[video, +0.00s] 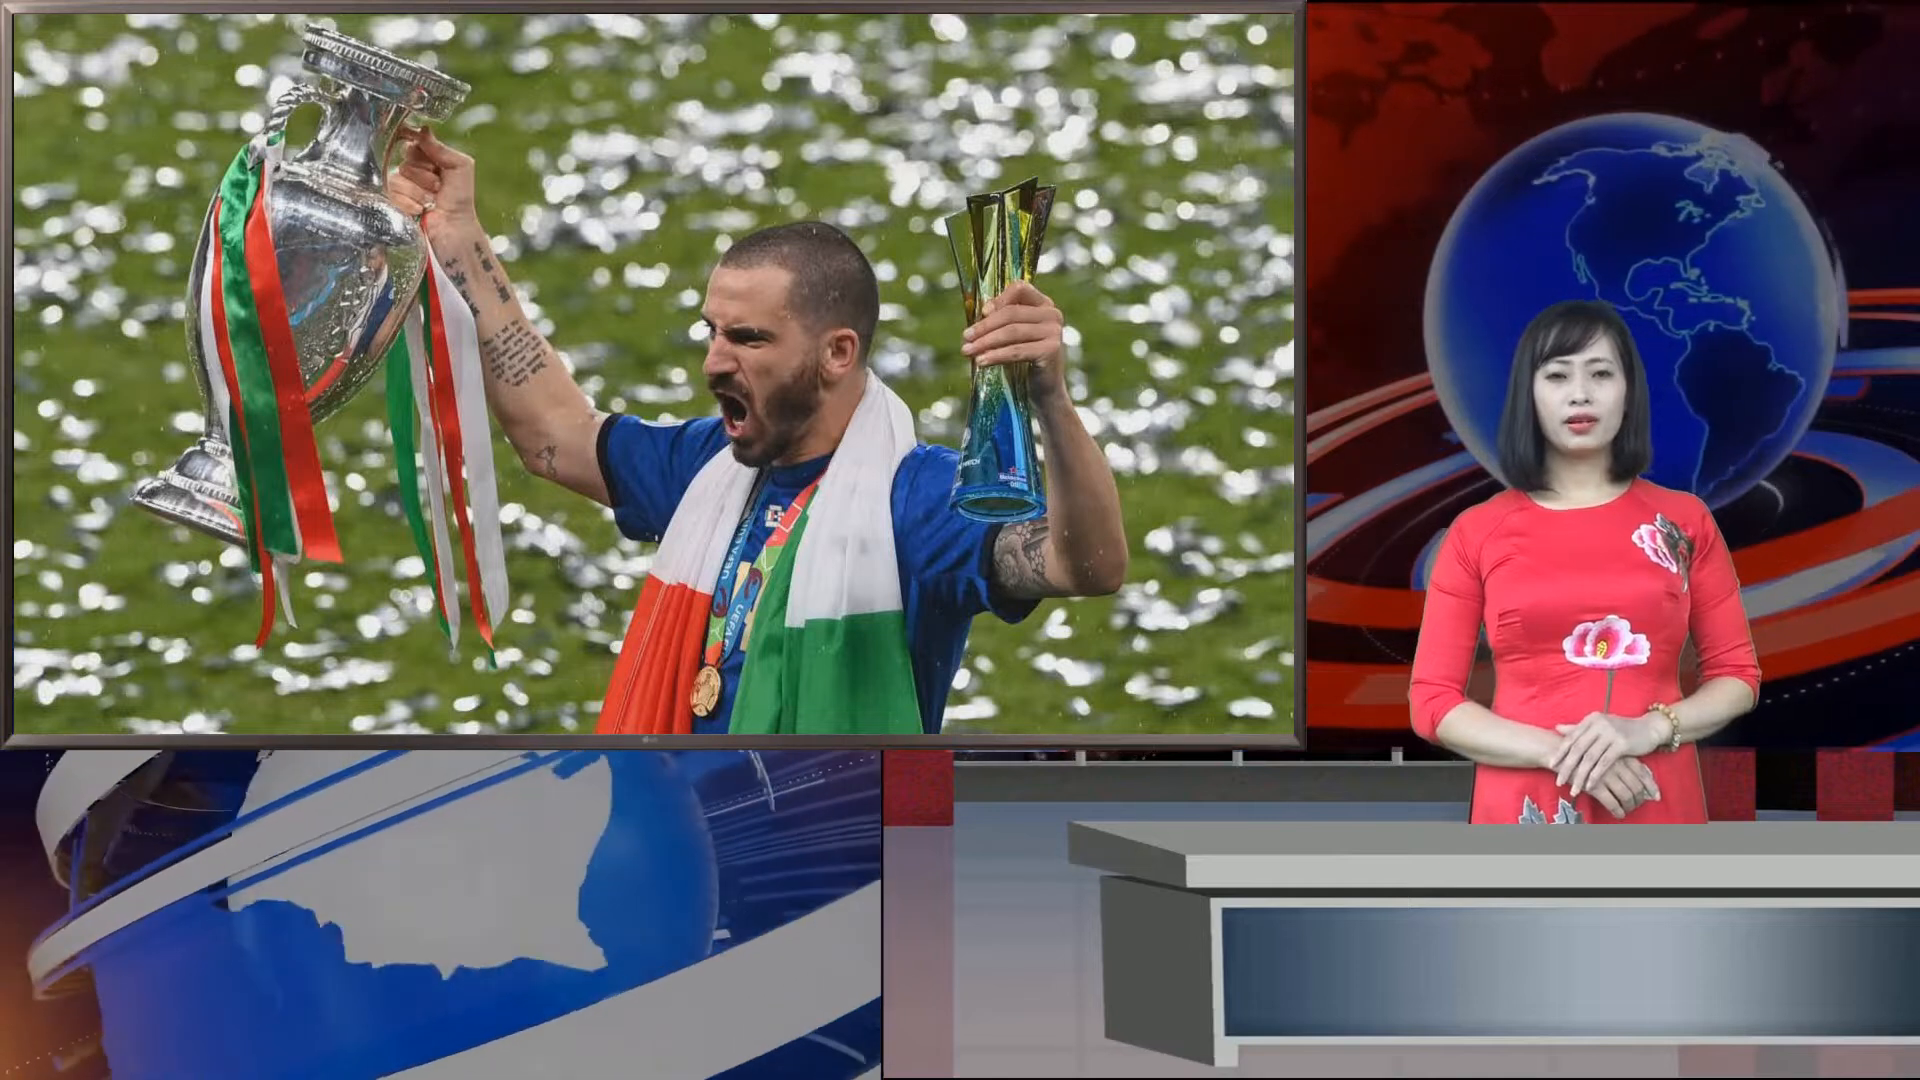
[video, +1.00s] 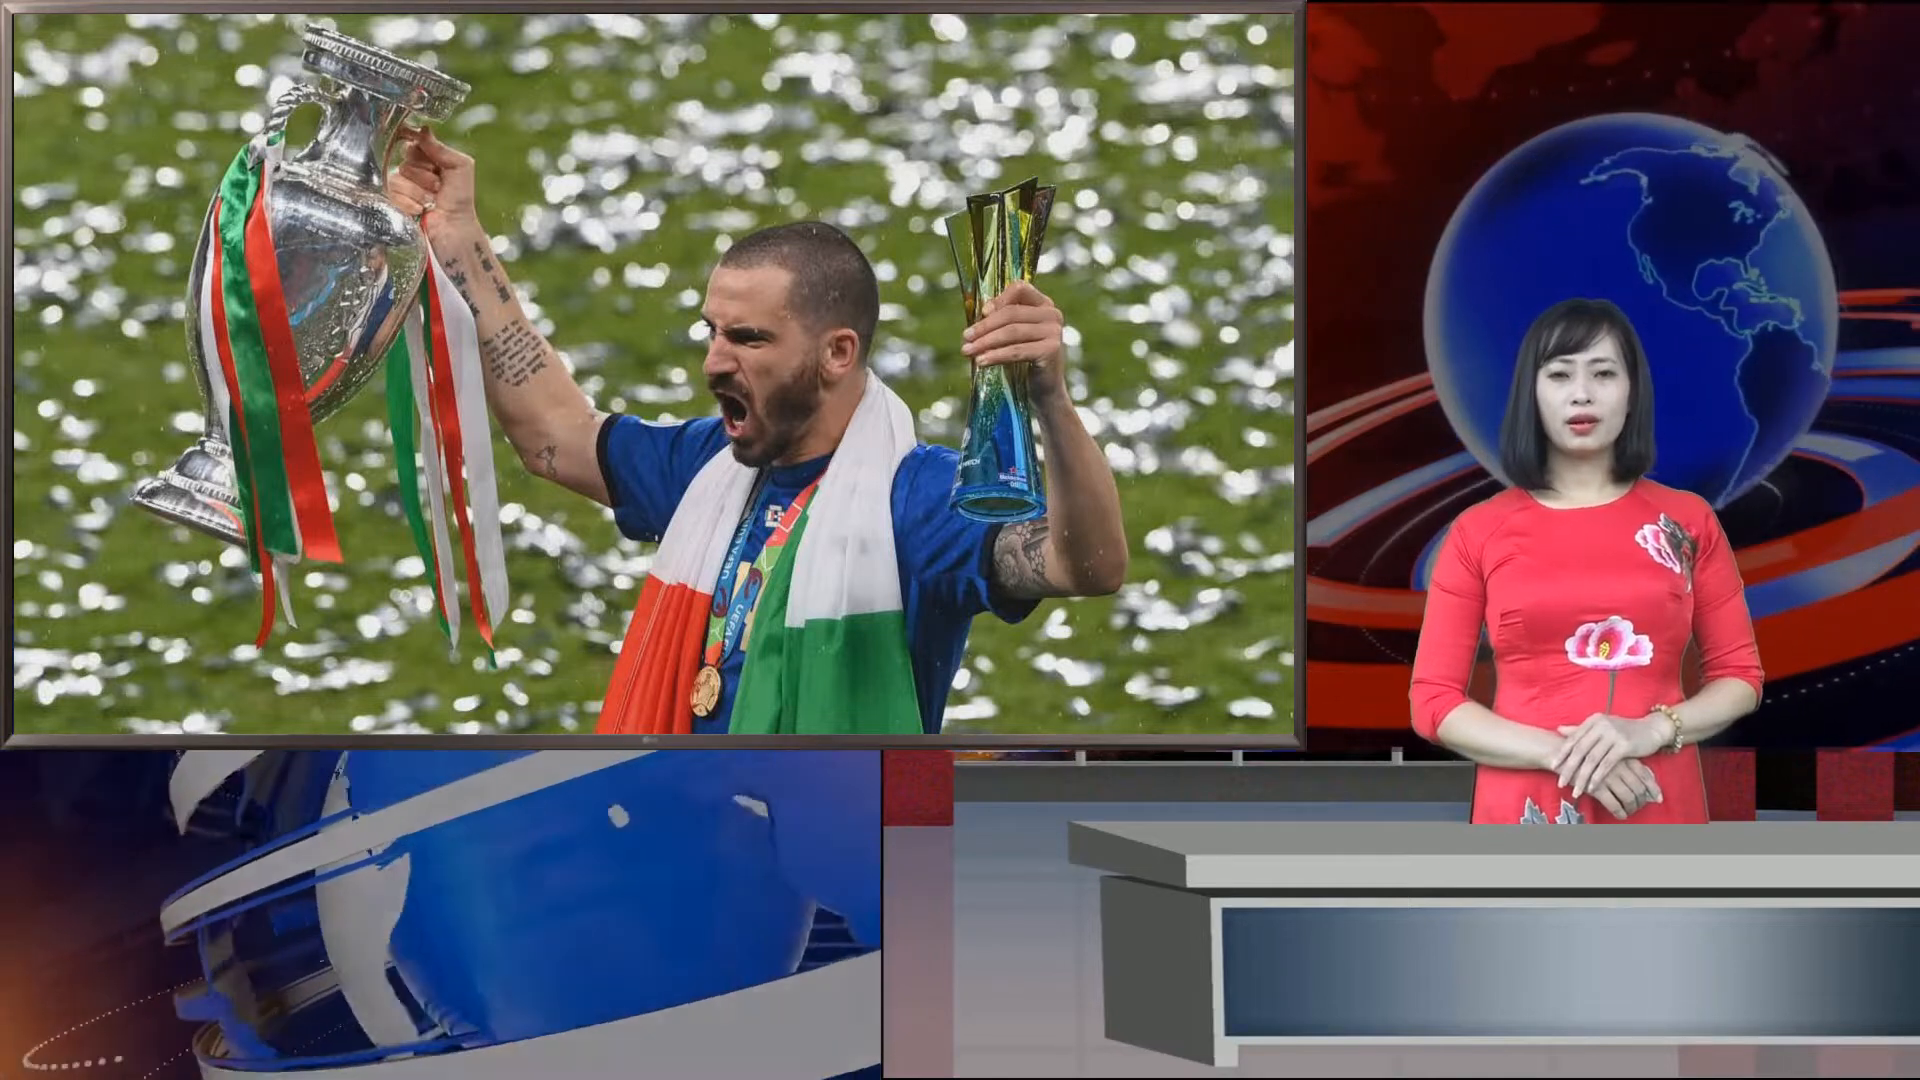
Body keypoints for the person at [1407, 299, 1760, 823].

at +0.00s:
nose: (1579, 393)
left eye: (1601, 374)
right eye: (1558, 375)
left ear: (1628, 392)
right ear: (1530, 393)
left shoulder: (1683, 521)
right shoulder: (1478, 533)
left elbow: (1737, 679)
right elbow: (1432, 701)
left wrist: (1650, 727)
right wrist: (1565, 751)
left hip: (1661, 823)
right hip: (1521, 824)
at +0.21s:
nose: (1578, 394)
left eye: (1599, 374)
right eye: (1556, 377)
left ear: (1627, 392)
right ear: (1529, 394)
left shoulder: (1683, 521)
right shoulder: (1478, 533)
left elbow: (1737, 679)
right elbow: (1432, 701)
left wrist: (1651, 727)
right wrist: (1566, 752)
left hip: (1660, 823)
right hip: (1521, 824)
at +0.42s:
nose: (1579, 395)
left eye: (1600, 375)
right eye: (1557, 377)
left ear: (1628, 392)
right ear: (1529, 394)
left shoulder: (1683, 522)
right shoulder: (1479, 533)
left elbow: (1737, 679)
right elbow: (1432, 701)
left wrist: (1651, 727)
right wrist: (1565, 752)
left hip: (1661, 823)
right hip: (1521, 824)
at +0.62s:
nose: (1581, 394)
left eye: (1603, 374)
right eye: (1559, 375)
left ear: (1630, 392)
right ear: (1531, 393)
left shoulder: (1686, 523)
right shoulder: (1479, 533)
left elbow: (1738, 680)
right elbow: (1432, 701)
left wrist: (1651, 729)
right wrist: (1566, 752)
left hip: (1661, 824)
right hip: (1521, 824)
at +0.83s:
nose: (1582, 393)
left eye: (1604, 374)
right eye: (1560, 375)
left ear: (1631, 392)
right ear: (1532, 392)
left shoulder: (1686, 522)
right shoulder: (1479, 534)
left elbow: (1739, 681)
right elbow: (1433, 701)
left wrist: (1652, 729)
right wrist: (1567, 753)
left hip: (1662, 824)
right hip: (1522, 825)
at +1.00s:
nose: (1581, 393)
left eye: (1603, 374)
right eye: (1560, 375)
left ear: (1632, 392)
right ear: (1532, 392)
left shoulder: (1687, 522)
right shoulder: (1479, 533)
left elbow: (1740, 680)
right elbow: (1433, 701)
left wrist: (1653, 729)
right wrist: (1568, 753)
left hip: (1663, 824)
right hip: (1522, 825)